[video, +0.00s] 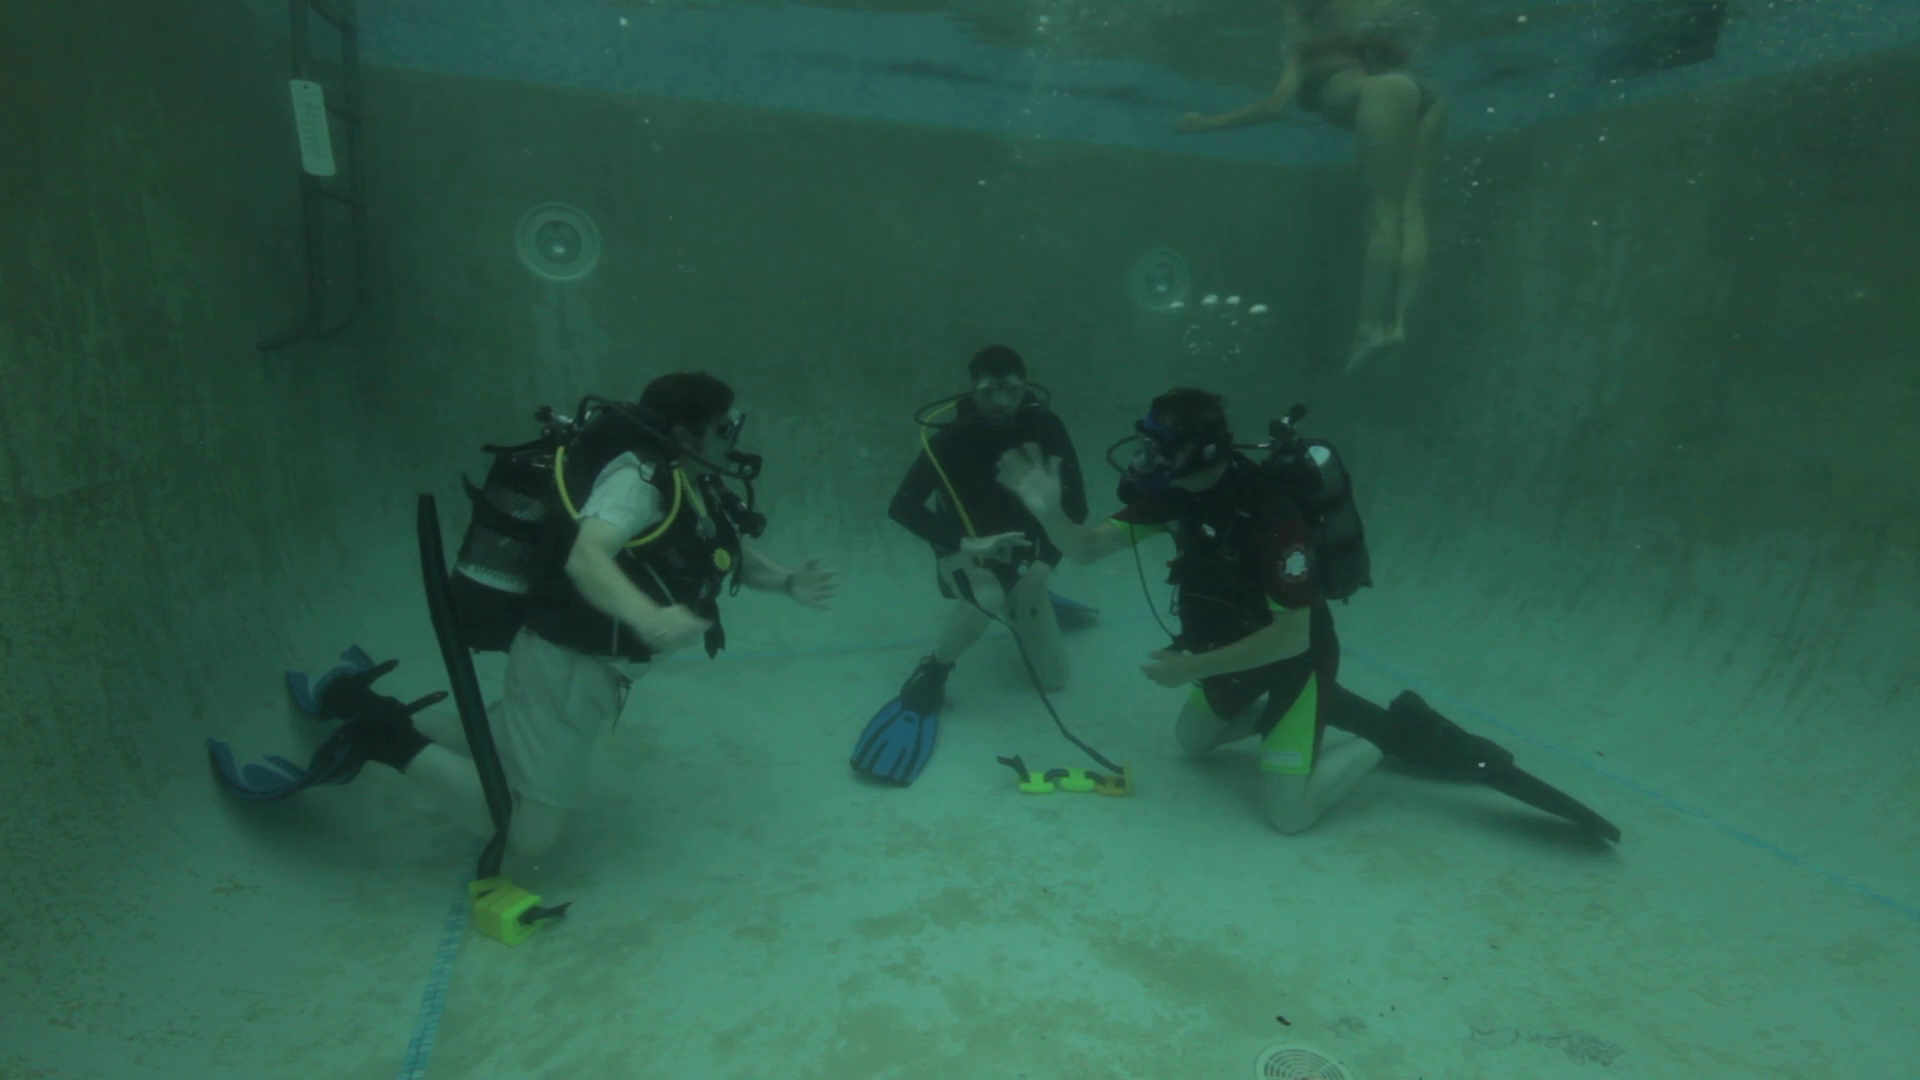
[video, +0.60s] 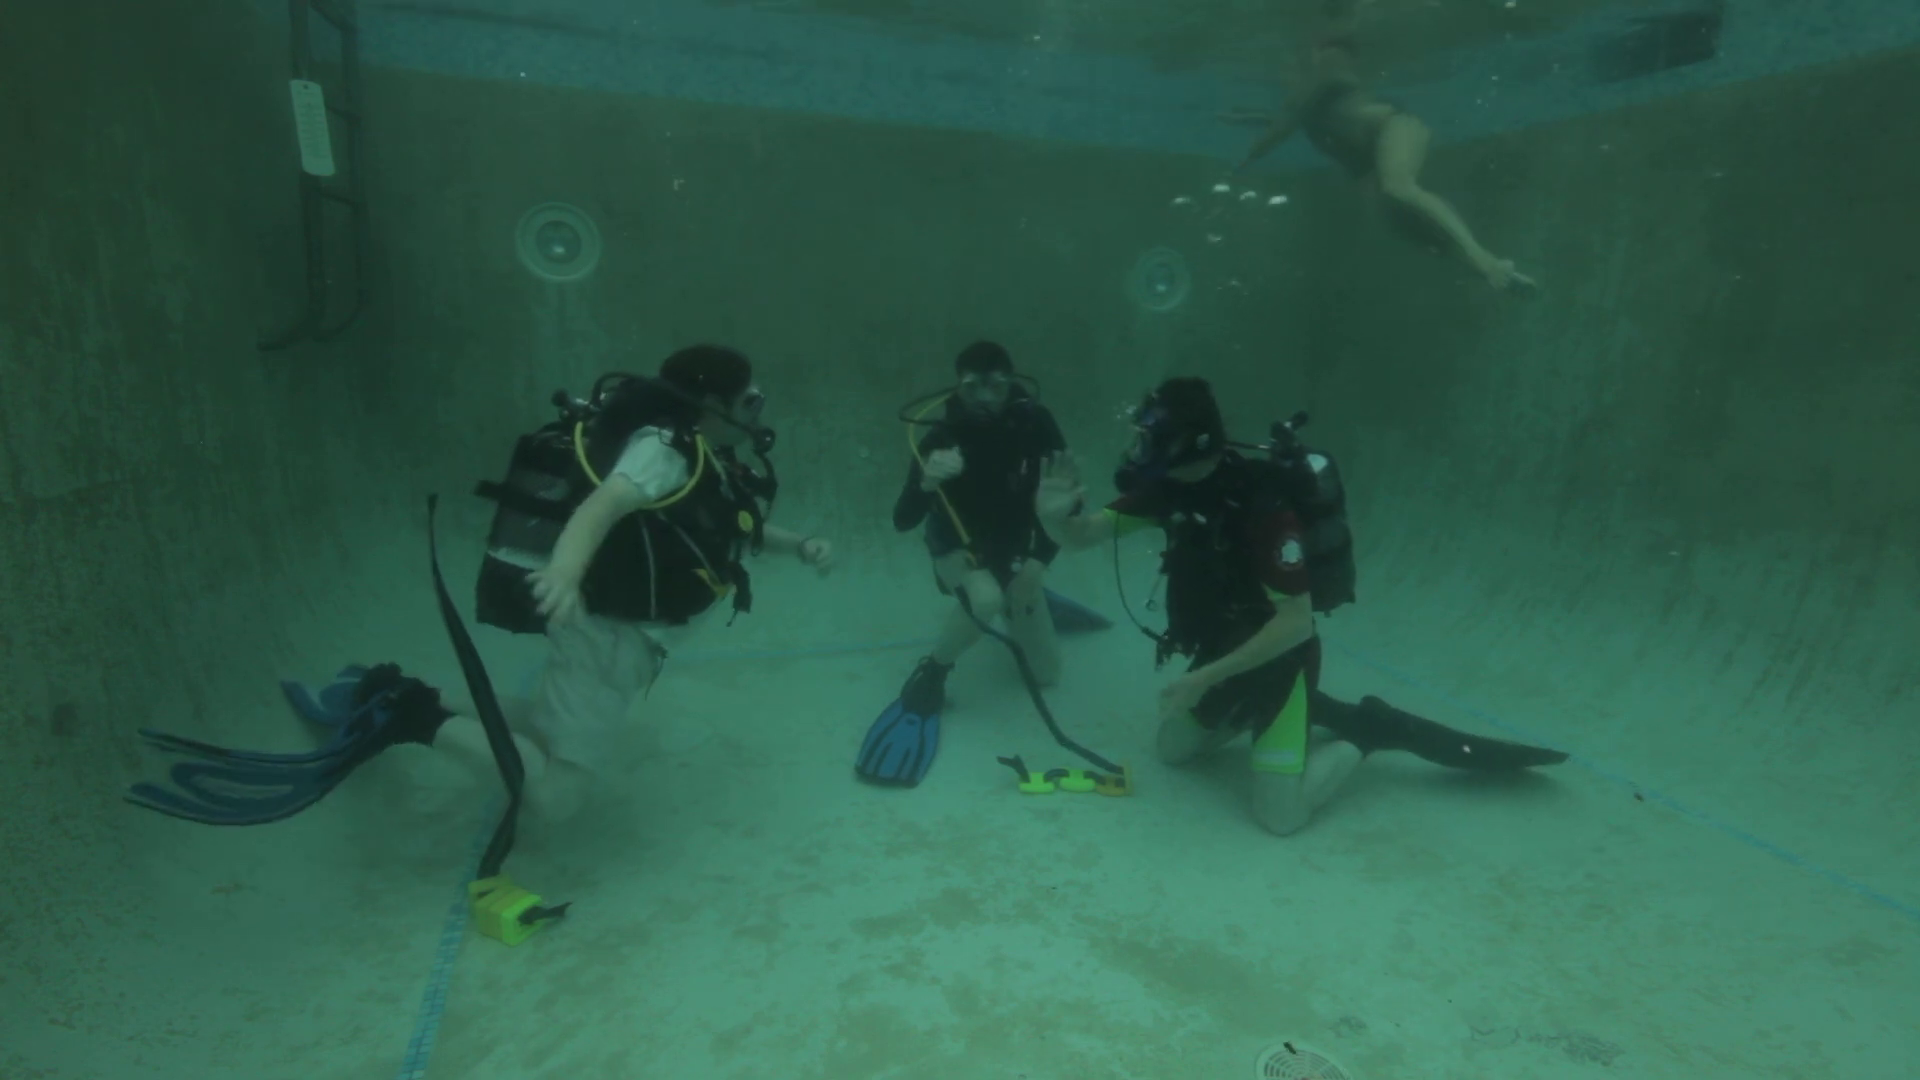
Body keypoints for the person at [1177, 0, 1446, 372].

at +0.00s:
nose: (1285, 30)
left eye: (1289, 22)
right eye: (1286, 23)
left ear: (1303, 21)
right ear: (1327, 22)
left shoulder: (1304, 49)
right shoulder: (1351, 45)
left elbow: (1277, 106)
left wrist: (1210, 123)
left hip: (1383, 92)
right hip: (1426, 96)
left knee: (1383, 211)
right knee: (1414, 210)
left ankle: (1372, 327)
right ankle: (1399, 324)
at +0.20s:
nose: (1270, 58)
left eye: (1275, 55)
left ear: (1290, 48)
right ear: (1318, 47)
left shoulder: (1298, 64)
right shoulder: (1348, 64)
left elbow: (1254, 112)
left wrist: (1191, 114)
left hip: (1388, 91)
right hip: (1424, 96)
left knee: (1404, 201)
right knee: (1429, 201)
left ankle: (1401, 304)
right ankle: (1429, 303)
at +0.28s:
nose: (1273, 52)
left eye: (1276, 46)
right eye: (1274, 47)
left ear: (1290, 44)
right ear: (1314, 41)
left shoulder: (1295, 65)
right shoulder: (1342, 62)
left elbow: (1253, 112)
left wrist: (1197, 113)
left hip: (1390, 96)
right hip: (1418, 96)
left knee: (1413, 199)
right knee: (1434, 202)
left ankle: (1421, 294)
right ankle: (1450, 294)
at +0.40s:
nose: (1269, 56)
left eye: (1273, 50)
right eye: (1270, 52)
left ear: (1289, 47)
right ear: (1305, 47)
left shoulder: (1297, 68)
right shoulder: (1325, 65)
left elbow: (1257, 113)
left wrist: (1213, 129)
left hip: (1384, 108)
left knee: (1418, 189)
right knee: (1425, 193)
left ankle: (1455, 279)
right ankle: (1478, 282)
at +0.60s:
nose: (1306, 62)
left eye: (1315, 55)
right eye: (1306, 57)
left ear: (1334, 56)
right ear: (1316, 61)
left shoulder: (1333, 79)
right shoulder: (1311, 104)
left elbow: (1286, 123)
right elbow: (1287, 122)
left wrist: (1249, 159)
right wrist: (1255, 119)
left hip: (1396, 128)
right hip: (1371, 163)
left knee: (1398, 187)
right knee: (1402, 224)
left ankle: (1481, 260)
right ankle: (1492, 268)